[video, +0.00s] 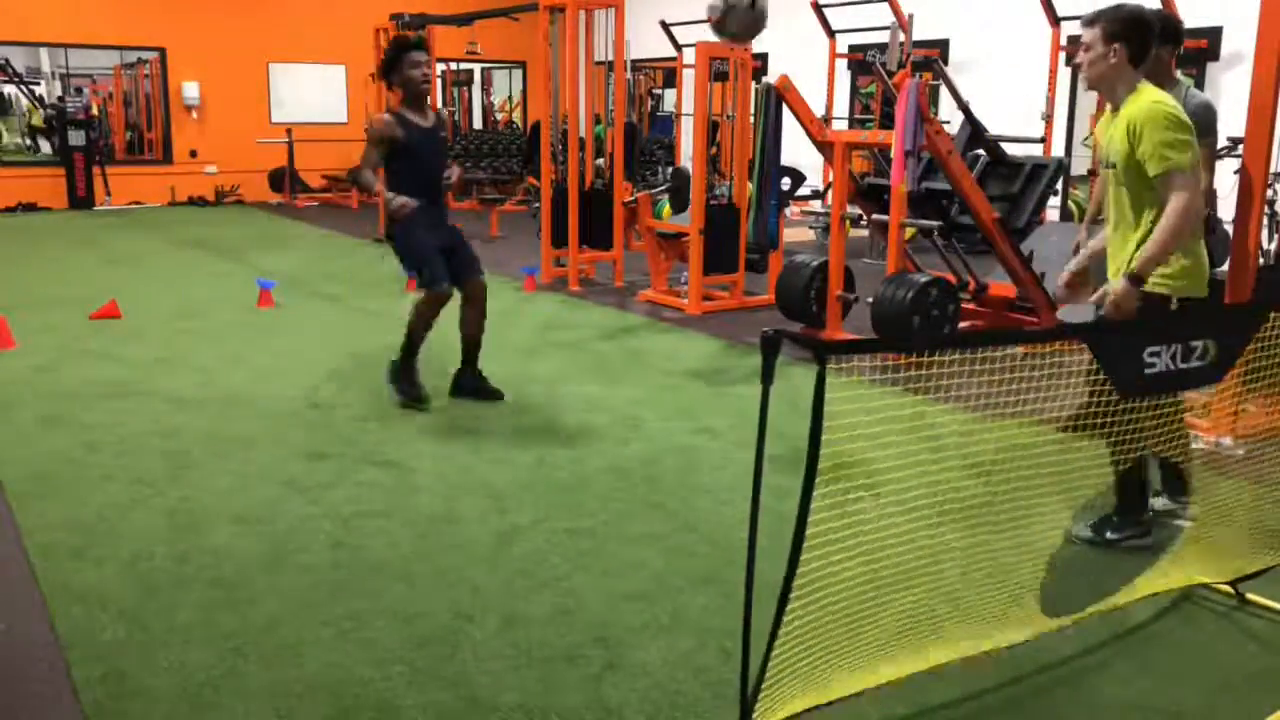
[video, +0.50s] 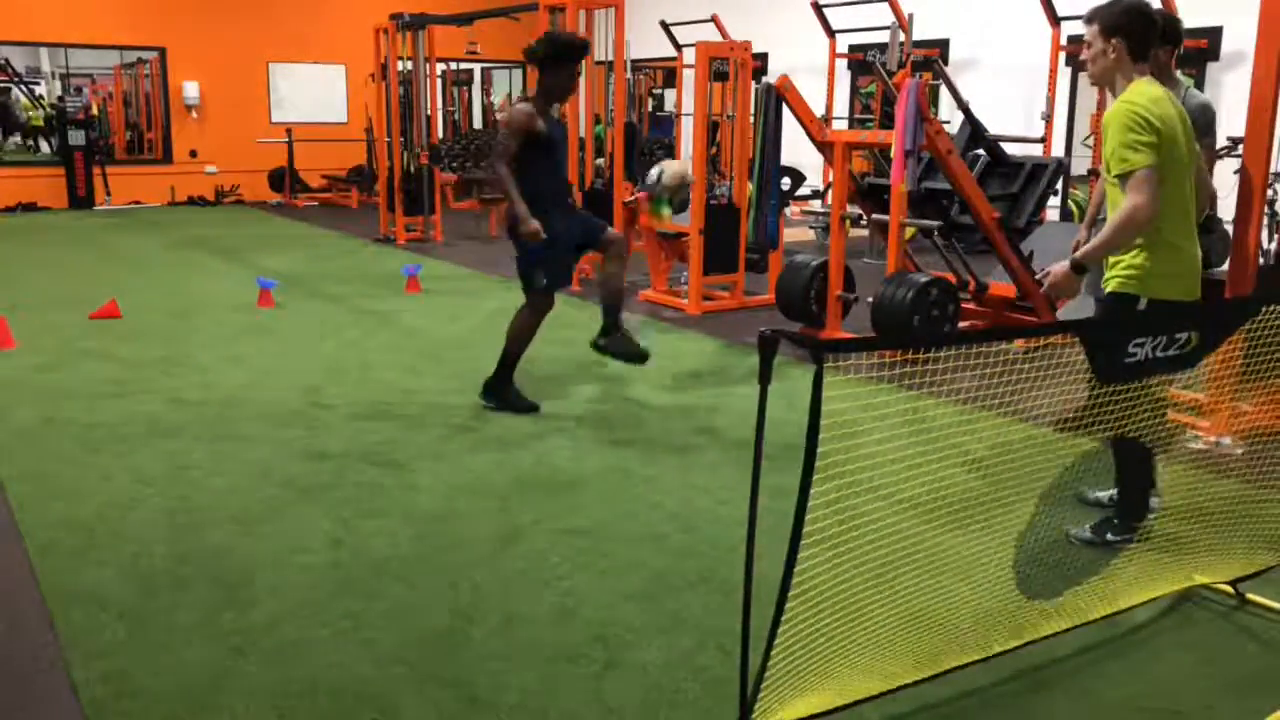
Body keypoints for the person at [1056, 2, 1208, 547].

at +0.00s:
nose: (1077, 59)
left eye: (1086, 48)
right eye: (1079, 48)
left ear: (1118, 54)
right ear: (1112, 55)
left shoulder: (1156, 112)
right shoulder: (1117, 117)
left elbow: (1187, 203)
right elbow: (1129, 215)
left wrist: (1135, 275)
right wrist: (1086, 258)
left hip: (1162, 282)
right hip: (1142, 279)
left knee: (1114, 393)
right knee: (1155, 388)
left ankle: (1131, 513)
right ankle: (1176, 489)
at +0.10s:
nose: (1078, 58)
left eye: (1086, 47)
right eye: (1080, 47)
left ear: (1117, 51)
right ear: (1118, 53)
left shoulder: (1145, 108)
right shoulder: (1131, 108)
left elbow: (1175, 200)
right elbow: (1135, 194)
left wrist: (1109, 265)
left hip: (1159, 279)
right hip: (1147, 275)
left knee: (1123, 395)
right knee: (1139, 389)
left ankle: (1131, 515)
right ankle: (1155, 488)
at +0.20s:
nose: (1078, 59)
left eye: (1085, 47)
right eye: (1079, 47)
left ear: (1117, 51)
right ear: (1122, 53)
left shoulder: (1134, 106)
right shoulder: (1153, 102)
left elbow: (1156, 203)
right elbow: (1188, 194)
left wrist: (1094, 261)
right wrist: (1109, 237)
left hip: (1149, 280)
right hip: (1171, 278)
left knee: (1124, 398)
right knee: (1147, 396)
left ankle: (1130, 516)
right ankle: (1166, 494)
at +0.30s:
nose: (1079, 59)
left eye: (1085, 48)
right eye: (1080, 48)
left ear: (1115, 51)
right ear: (1126, 52)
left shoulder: (1128, 108)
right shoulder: (1161, 103)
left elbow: (1142, 207)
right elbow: (1205, 185)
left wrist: (1083, 267)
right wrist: (1167, 232)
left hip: (1146, 279)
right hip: (1182, 277)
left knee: (1118, 393)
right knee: (1134, 386)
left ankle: (1131, 518)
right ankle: (1165, 477)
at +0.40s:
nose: (1079, 58)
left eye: (1085, 47)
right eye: (1080, 47)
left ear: (1115, 49)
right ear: (1127, 51)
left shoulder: (1128, 109)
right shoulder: (1166, 103)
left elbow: (1139, 209)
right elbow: (1205, 181)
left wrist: (1077, 268)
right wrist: (1173, 232)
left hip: (1143, 278)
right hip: (1180, 276)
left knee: (1122, 395)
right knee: (1143, 390)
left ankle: (1131, 518)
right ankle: (1148, 491)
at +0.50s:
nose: (1082, 56)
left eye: (1089, 45)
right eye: (1084, 45)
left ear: (1116, 49)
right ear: (1129, 51)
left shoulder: (1126, 109)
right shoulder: (1169, 104)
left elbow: (1139, 208)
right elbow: (1202, 195)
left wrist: (1077, 264)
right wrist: (1161, 232)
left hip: (1140, 279)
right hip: (1175, 278)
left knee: (1122, 395)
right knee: (1134, 389)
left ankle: (1130, 516)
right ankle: (1137, 488)